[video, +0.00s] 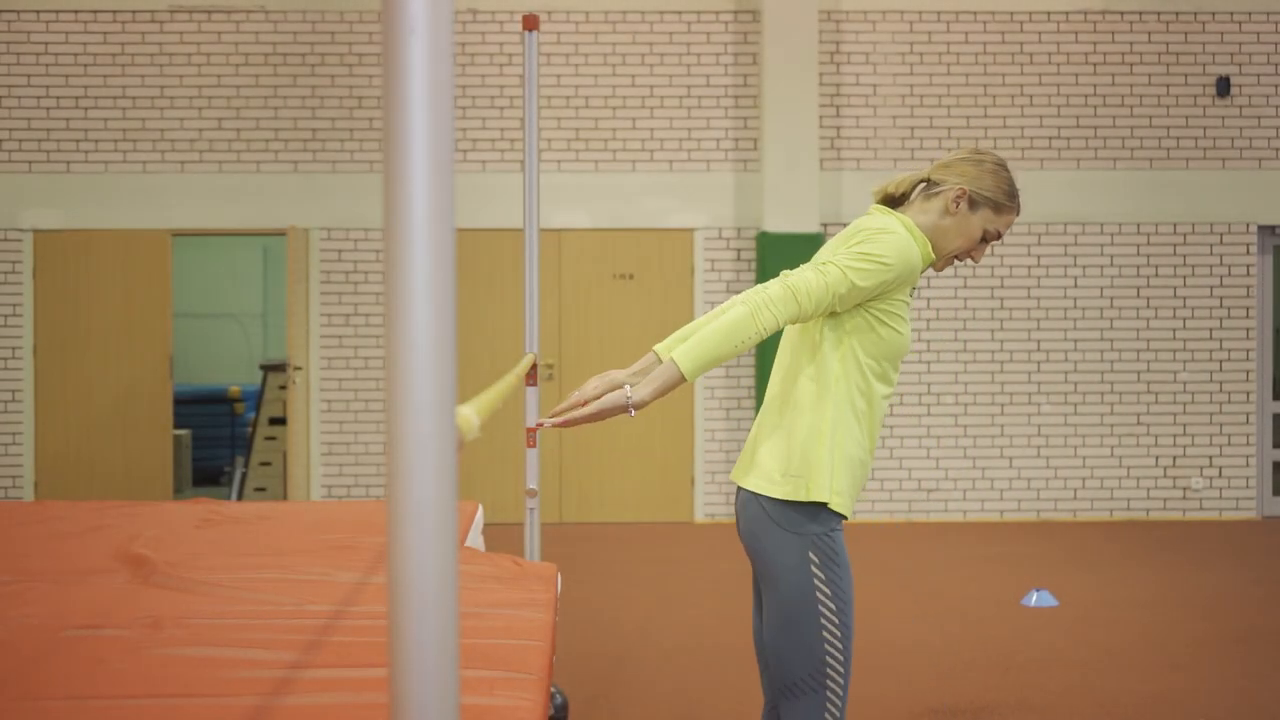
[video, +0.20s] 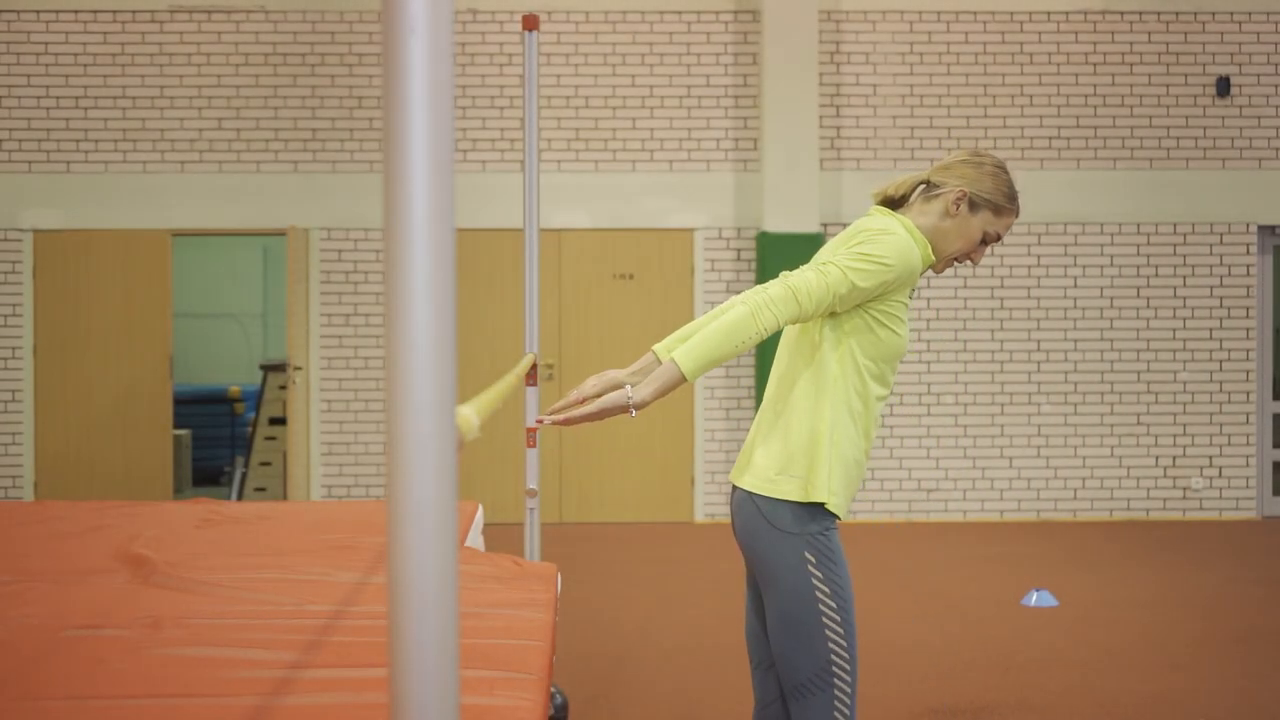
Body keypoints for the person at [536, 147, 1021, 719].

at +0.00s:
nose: (978, 255)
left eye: (990, 244)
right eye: (987, 236)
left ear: (950, 199)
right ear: (957, 200)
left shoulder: (872, 237)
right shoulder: (895, 245)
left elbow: (760, 303)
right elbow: (773, 305)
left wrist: (637, 372)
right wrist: (649, 386)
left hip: (777, 499)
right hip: (798, 505)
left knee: (788, 702)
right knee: (817, 704)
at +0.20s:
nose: (979, 256)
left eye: (990, 246)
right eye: (987, 238)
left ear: (948, 201)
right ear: (955, 202)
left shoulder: (873, 238)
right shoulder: (895, 246)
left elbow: (760, 303)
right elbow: (774, 304)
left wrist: (638, 370)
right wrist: (650, 386)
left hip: (769, 500)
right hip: (793, 505)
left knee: (776, 706)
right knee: (827, 704)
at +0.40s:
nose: (878, 149)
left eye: (872, 134)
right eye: (865, 135)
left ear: (820, 152)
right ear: (821, 149)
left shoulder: (787, 227)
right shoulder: (831, 229)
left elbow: (815, 383)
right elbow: (860, 383)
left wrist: (907, 508)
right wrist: (916, 504)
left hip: (802, 498)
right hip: (835, 501)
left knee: (797, 706)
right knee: (820, 707)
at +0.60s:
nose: (876, 151)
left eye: (871, 136)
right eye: (864, 137)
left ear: (819, 154)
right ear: (821, 151)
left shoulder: (786, 230)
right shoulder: (831, 230)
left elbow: (823, 388)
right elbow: (859, 382)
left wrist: (904, 509)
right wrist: (915, 501)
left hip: (800, 499)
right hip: (833, 502)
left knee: (796, 705)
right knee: (818, 706)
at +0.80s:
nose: (875, 154)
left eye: (870, 139)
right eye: (863, 140)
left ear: (818, 155)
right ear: (819, 152)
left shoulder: (785, 232)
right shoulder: (831, 234)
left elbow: (823, 391)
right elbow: (860, 386)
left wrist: (901, 510)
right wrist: (915, 506)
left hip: (799, 503)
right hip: (832, 507)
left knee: (794, 705)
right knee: (816, 706)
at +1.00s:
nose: (875, 153)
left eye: (870, 139)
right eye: (862, 139)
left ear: (818, 155)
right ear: (819, 152)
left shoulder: (784, 233)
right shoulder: (831, 234)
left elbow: (822, 392)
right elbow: (859, 386)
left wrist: (899, 511)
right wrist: (913, 507)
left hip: (797, 503)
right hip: (831, 506)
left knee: (792, 707)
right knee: (816, 707)